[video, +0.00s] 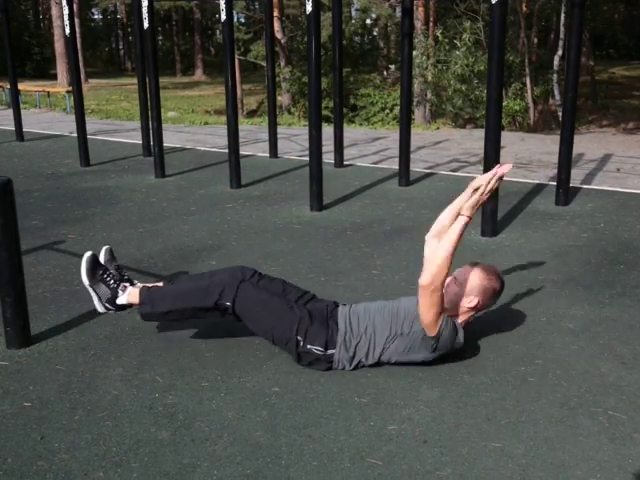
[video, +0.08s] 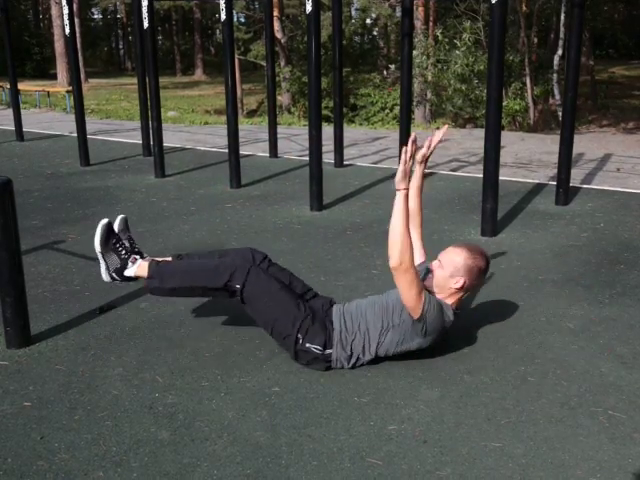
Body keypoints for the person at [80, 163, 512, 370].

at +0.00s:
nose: (454, 276)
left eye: (463, 278)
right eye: (463, 274)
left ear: (470, 300)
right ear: (469, 297)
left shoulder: (438, 333)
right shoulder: (442, 314)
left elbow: (433, 263)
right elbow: (435, 246)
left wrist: (469, 205)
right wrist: (470, 195)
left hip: (321, 336)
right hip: (325, 317)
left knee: (233, 283)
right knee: (238, 277)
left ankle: (123, 297)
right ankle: (140, 288)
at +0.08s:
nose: (433, 261)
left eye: (443, 262)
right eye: (440, 257)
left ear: (458, 285)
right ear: (452, 278)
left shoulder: (429, 317)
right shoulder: (435, 299)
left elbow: (400, 261)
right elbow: (410, 243)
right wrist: (417, 177)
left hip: (320, 339)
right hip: (327, 316)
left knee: (243, 267)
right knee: (248, 260)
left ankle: (135, 269)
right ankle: (144, 262)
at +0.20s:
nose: (398, 236)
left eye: (407, 235)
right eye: (404, 231)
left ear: (427, 255)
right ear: (426, 252)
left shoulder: (410, 288)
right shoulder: (418, 275)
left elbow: (360, 235)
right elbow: (377, 209)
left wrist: (339, 167)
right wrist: (357, 150)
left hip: (317, 340)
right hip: (324, 321)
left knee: (269, 247)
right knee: (274, 240)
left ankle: (159, 224)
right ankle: (177, 221)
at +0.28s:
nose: (372, 227)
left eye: (378, 225)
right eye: (376, 221)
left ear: (400, 238)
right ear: (403, 237)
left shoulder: (397, 272)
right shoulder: (405, 259)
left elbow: (343, 226)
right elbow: (357, 200)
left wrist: (310, 156)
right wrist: (324, 147)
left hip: (323, 343)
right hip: (331, 325)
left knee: (289, 240)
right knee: (293, 233)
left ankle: (184, 199)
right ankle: (194, 197)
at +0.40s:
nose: (343, 222)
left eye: (347, 217)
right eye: (345, 214)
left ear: (367, 229)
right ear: (371, 227)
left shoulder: (381, 259)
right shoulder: (386, 244)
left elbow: (322, 211)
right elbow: (331, 194)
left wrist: (280, 147)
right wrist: (286, 148)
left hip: (328, 345)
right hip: (338, 329)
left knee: (312, 243)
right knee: (312, 229)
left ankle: (217, 177)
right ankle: (227, 176)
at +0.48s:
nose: (344, 224)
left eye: (347, 220)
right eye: (345, 216)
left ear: (367, 230)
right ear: (371, 225)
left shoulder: (382, 259)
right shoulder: (387, 244)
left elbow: (322, 213)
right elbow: (332, 201)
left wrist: (274, 153)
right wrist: (284, 154)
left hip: (329, 346)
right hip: (340, 326)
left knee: (311, 242)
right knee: (312, 229)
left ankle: (219, 174)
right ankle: (226, 174)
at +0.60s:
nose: (369, 224)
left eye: (374, 220)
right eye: (371, 217)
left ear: (395, 233)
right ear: (401, 232)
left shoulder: (397, 271)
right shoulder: (406, 258)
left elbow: (343, 226)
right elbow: (354, 201)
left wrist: (308, 159)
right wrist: (318, 158)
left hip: (325, 342)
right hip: (334, 325)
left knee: (292, 240)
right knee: (293, 233)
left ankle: (186, 191)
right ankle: (198, 184)